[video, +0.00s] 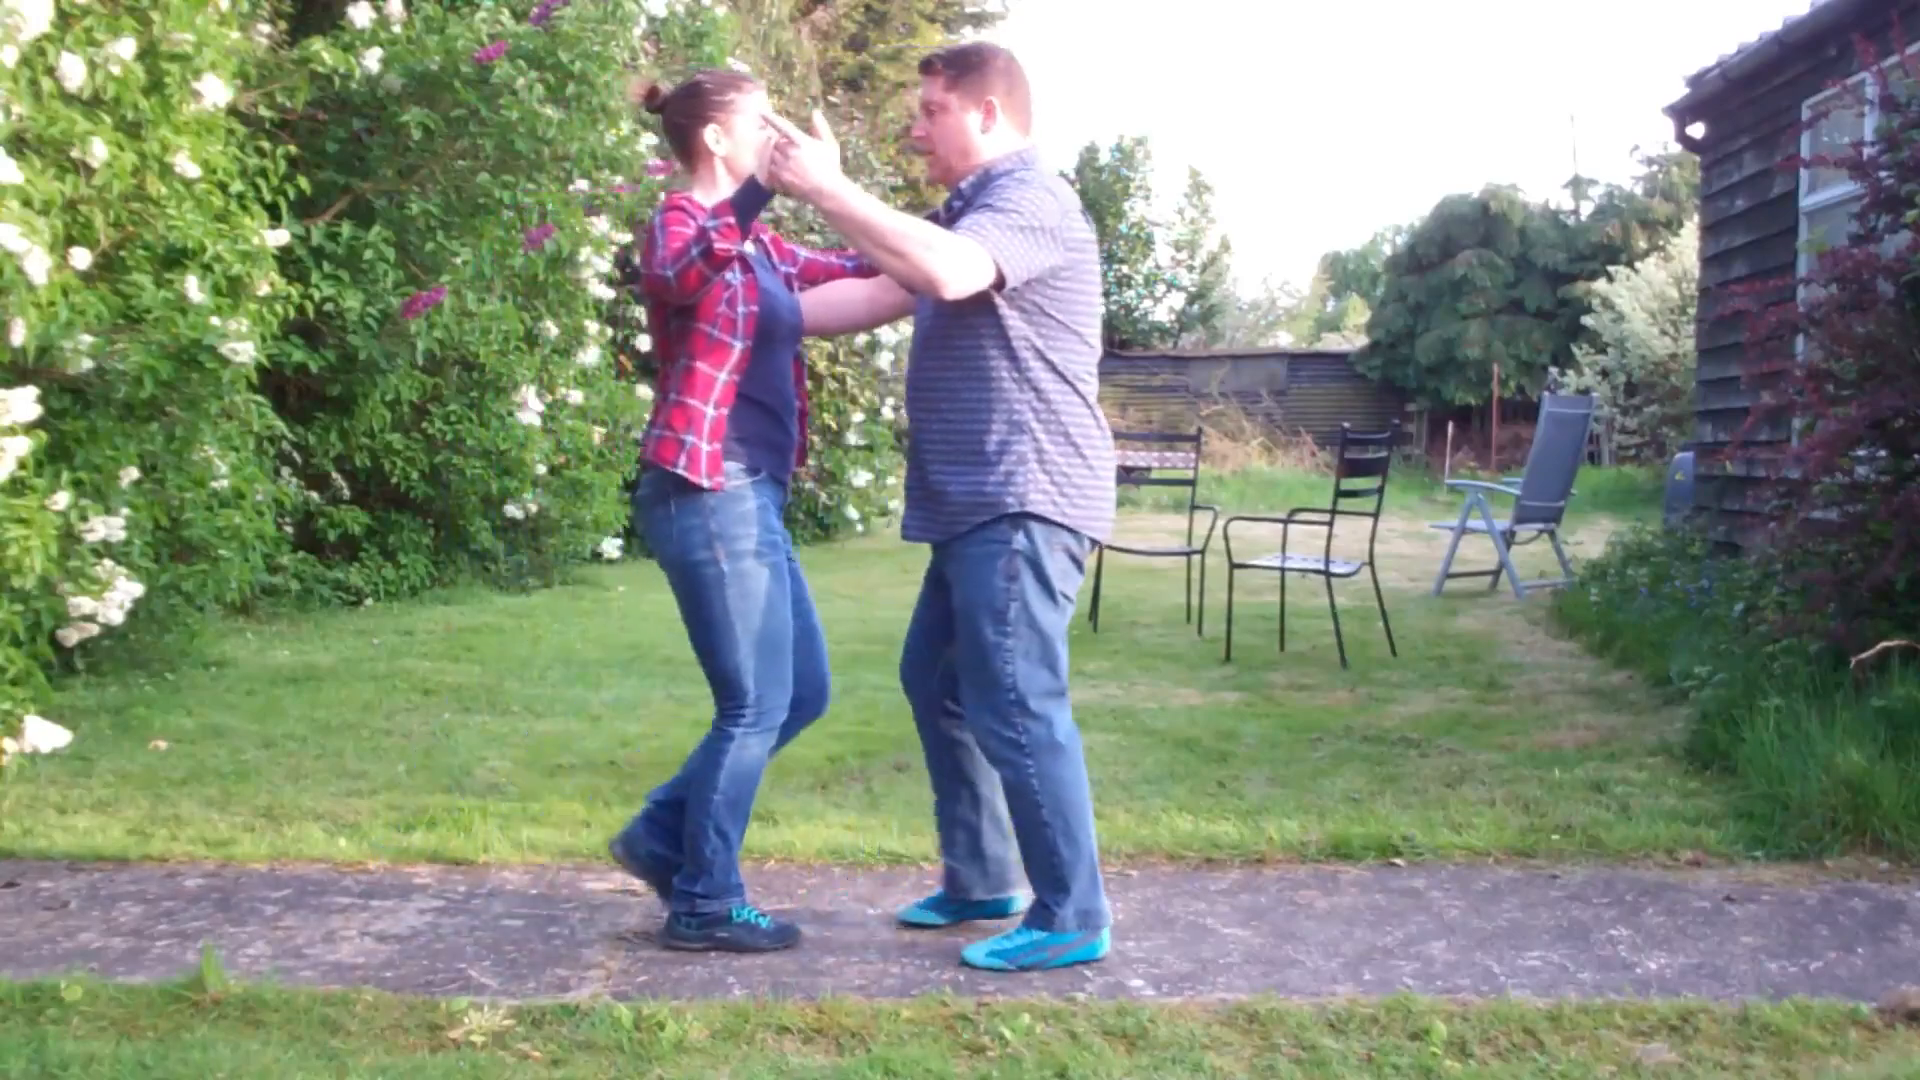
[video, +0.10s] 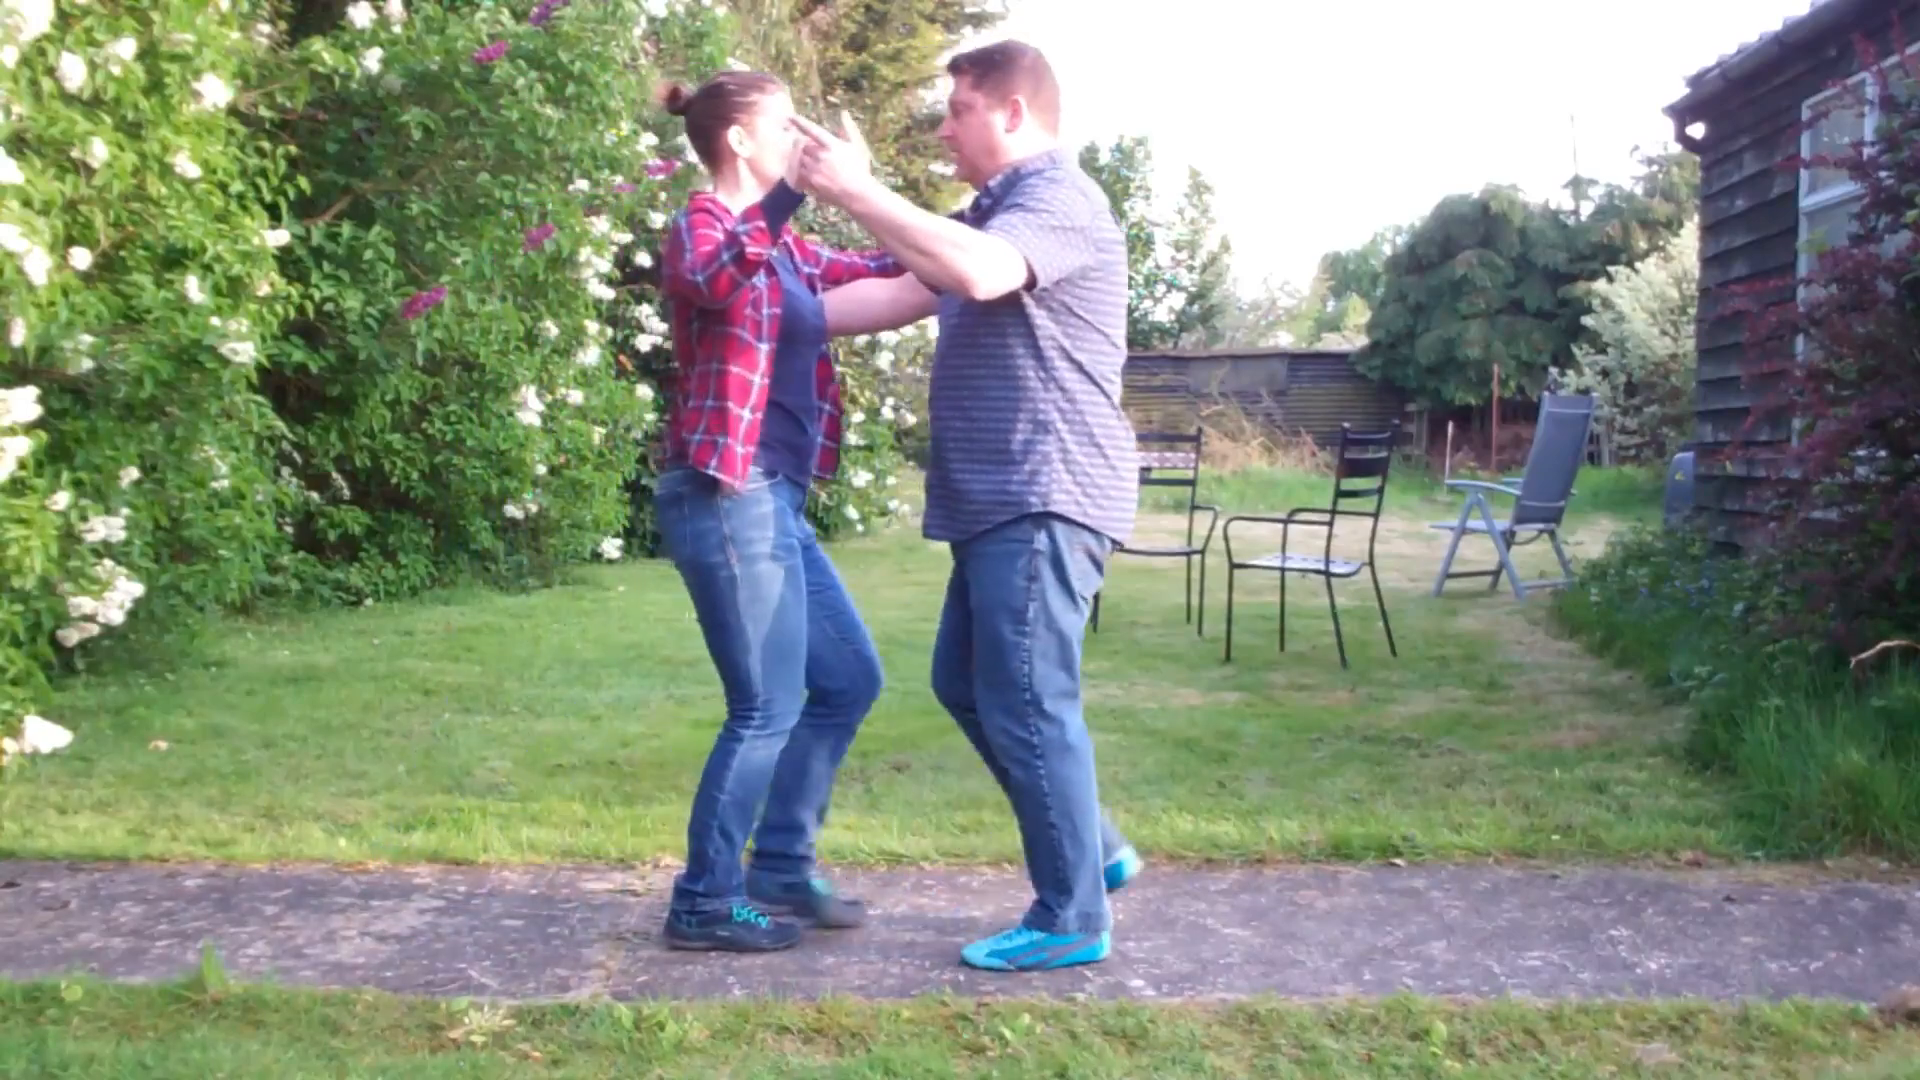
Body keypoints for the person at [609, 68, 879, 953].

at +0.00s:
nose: (778, 141)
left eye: (776, 125)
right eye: (763, 124)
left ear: (724, 140)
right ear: (715, 137)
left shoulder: (761, 242)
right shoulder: (677, 221)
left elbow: (859, 265)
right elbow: (675, 279)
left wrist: (943, 240)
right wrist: (760, 189)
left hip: (754, 486)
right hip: (702, 486)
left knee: (803, 690)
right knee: (752, 703)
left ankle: (659, 836)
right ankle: (704, 905)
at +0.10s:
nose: (801, 140)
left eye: (800, 125)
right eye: (786, 124)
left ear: (749, 141)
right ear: (737, 136)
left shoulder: (787, 244)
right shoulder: (702, 223)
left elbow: (889, 266)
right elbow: (702, 283)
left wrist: (974, 234)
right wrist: (789, 198)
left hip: (775, 495)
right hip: (722, 493)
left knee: (848, 680)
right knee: (766, 704)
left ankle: (780, 870)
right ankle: (704, 901)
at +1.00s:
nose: (768, 149)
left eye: (765, 133)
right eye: (753, 132)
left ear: (725, 139)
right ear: (704, 135)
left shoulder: (752, 241)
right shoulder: (660, 226)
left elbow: (842, 266)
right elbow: (663, 286)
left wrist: (919, 248)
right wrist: (700, 188)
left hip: (747, 488)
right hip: (694, 487)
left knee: (795, 680)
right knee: (750, 695)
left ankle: (653, 820)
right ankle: (692, 899)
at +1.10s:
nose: (742, 153)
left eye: (743, 137)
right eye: (730, 135)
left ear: (702, 134)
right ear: (680, 131)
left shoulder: (726, 240)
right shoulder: (636, 228)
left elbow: (811, 264)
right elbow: (621, 278)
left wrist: (888, 248)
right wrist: (663, 176)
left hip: (714, 486)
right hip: (674, 486)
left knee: (698, 693)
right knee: (734, 693)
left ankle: (567, 823)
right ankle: (690, 896)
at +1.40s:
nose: (654, 163)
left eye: (653, 148)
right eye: (640, 146)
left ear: (606, 150)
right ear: (591, 148)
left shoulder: (633, 251)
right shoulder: (546, 227)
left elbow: (684, 309)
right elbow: (528, 287)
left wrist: (766, 286)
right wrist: (594, 195)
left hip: (605, 493)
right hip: (556, 490)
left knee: (589, 696)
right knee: (658, 676)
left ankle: (512, 861)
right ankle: (608, 872)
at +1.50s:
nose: (622, 168)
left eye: (621, 152)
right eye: (606, 152)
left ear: (586, 160)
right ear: (556, 159)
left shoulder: (605, 256)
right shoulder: (520, 234)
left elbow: (678, 314)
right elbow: (499, 296)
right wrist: (567, 207)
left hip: (585, 501)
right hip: (530, 499)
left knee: (600, 691)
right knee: (618, 688)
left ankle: (512, 858)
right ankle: (508, 859)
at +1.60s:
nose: (592, 175)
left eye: (594, 159)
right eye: (576, 159)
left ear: (589, 170)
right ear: (526, 166)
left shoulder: (585, 260)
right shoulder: (494, 243)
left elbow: (625, 325)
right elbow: (469, 302)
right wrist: (537, 224)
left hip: (570, 508)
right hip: (507, 512)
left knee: (597, 692)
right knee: (564, 705)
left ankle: (513, 864)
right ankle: (412, 831)